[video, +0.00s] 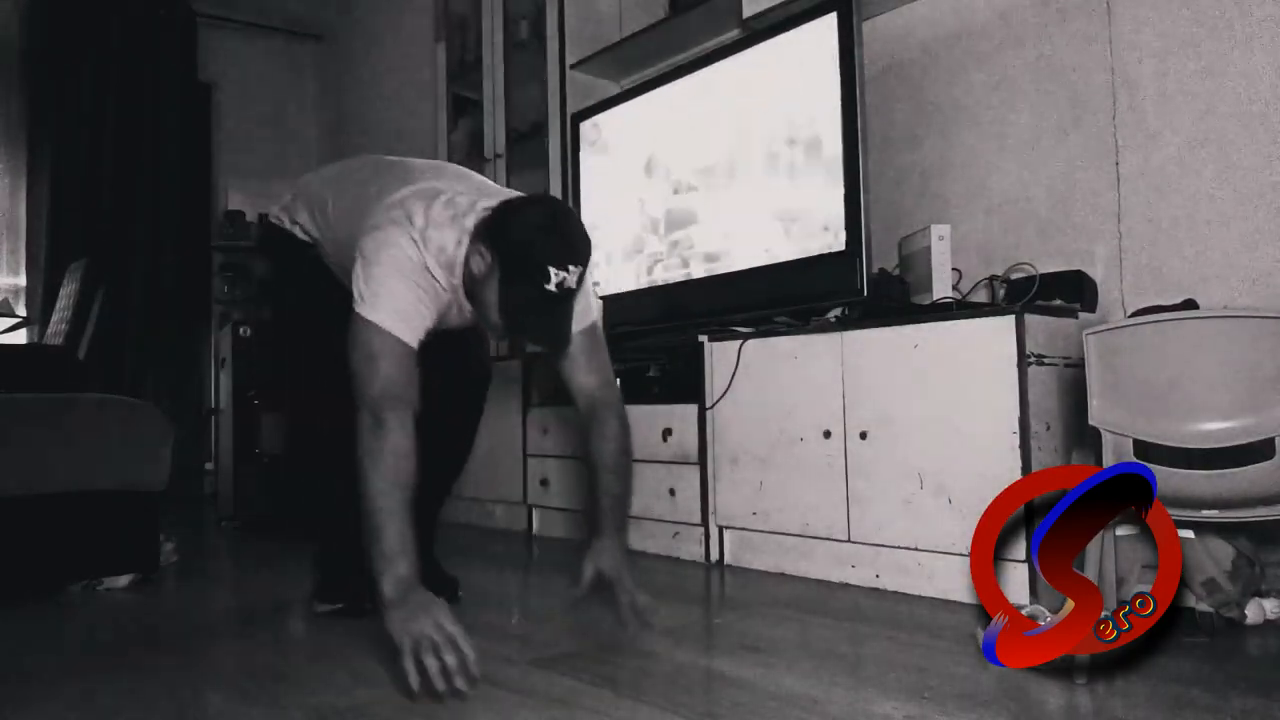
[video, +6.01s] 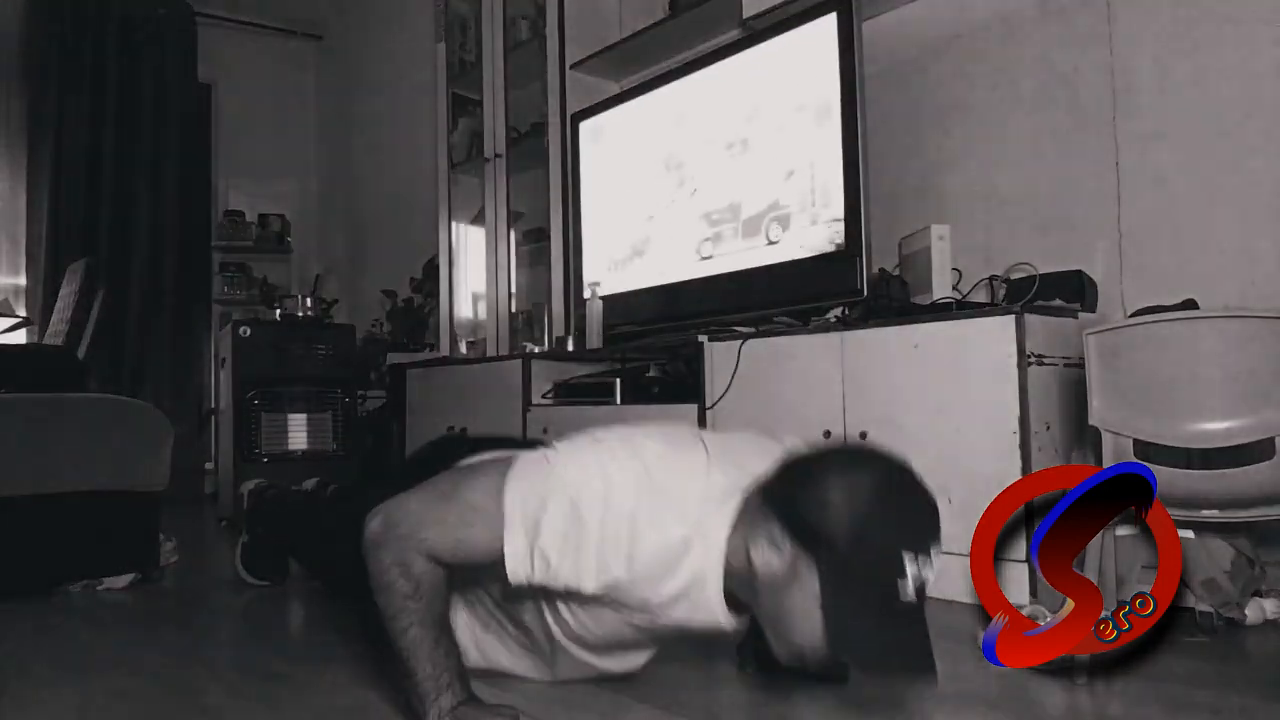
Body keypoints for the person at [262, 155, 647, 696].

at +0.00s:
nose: (509, 341)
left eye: (525, 332)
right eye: (504, 322)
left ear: (565, 282)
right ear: (478, 263)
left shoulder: (551, 265)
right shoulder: (402, 251)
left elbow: (602, 401)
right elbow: (384, 417)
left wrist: (610, 538)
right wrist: (402, 591)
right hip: (317, 245)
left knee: (455, 408)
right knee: (331, 420)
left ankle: (415, 552)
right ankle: (338, 573)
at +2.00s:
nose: (733, 296)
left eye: (758, 275)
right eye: (721, 259)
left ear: (778, 267)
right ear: (666, 216)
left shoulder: (732, 320)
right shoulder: (539, 260)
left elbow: (748, 471)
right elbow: (476, 499)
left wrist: (757, 624)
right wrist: (453, 702)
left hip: (479, 445)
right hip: (395, 391)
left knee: (375, 496)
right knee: (314, 471)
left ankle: (315, 520)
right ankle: (254, 511)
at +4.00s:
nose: (741, 349)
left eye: (758, 334)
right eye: (736, 319)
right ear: (683, 252)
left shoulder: (725, 318)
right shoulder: (546, 261)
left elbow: (751, 471)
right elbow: (481, 498)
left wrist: (764, 629)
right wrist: (449, 705)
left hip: (496, 456)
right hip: (412, 404)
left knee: (375, 495)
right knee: (321, 479)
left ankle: (314, 521)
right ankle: (249, 519)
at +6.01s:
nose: (832, 654)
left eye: (851, 635)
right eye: (832, 627)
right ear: (776, 555)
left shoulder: (811, 506)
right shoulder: (626, 505)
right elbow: (395, 533)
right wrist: (446, 702)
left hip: (546, 489)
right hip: (446, 514)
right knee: (324, 532)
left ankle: (286, 524)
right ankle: (263, 529)